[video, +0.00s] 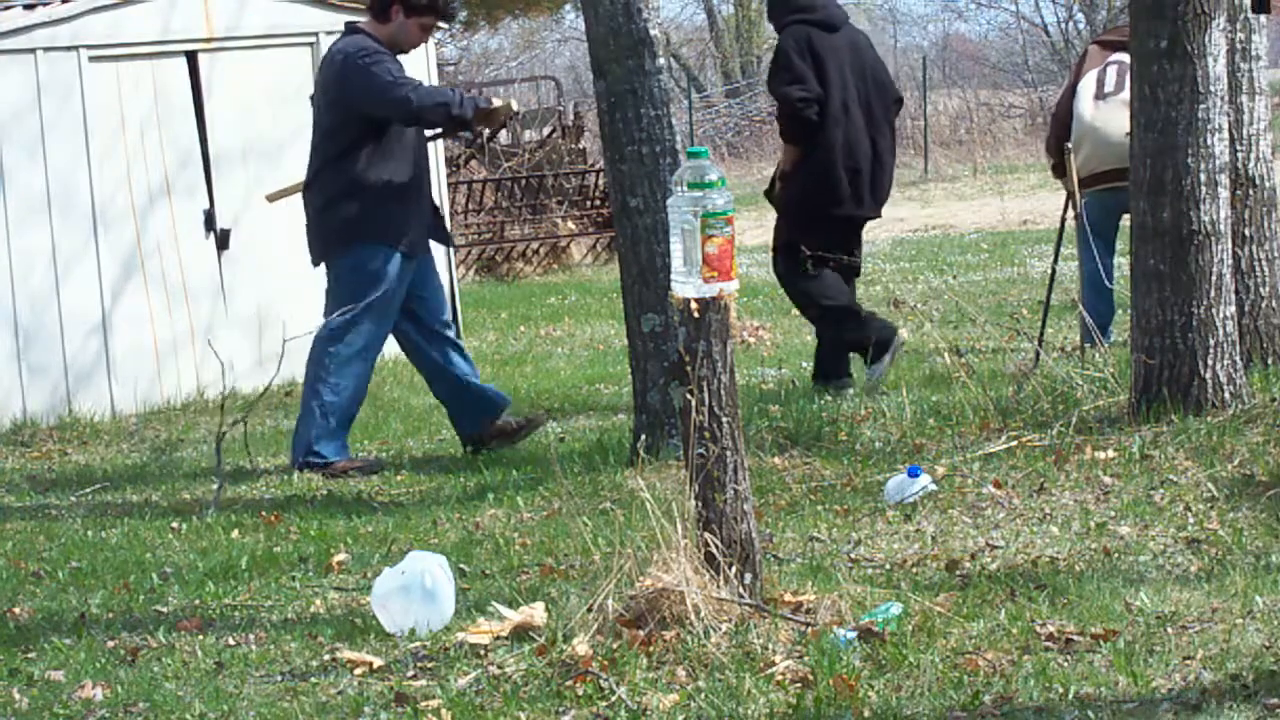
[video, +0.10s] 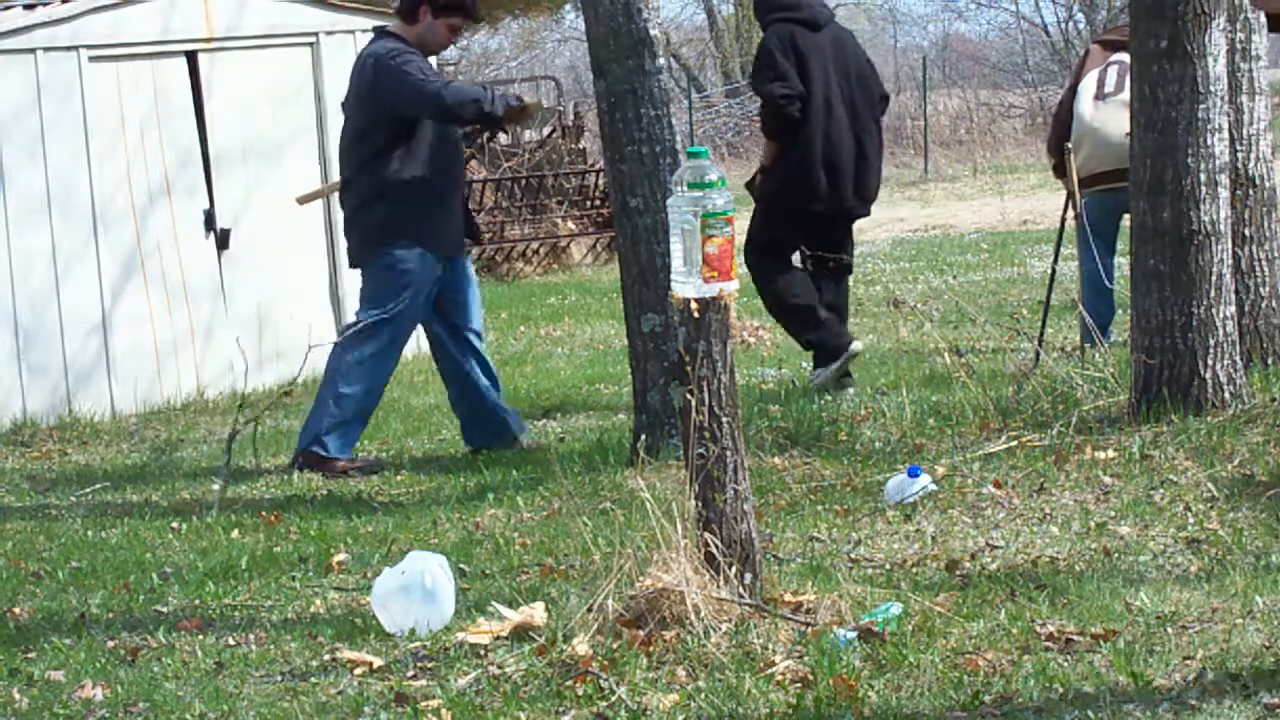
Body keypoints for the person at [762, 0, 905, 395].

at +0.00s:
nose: (770, 18)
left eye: (772, 11)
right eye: (770, 12)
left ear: (784, 8)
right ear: (823, 3)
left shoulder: (794, 40)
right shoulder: (857, 38)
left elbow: (800, 106)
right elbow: (890, 98)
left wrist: (788, 160)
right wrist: (867, 146)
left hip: (817, 176)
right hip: (863, 172)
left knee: (793, 264)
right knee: (840, 270)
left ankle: (875, 336)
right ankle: (831, 376)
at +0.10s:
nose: (757, 15)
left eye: (759, 10)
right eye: (758, 11)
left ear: (768, 8)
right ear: (811, 3)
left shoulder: (778, 38)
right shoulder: (842, 37)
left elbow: (783, 103)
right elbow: (877, 96)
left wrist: (769, 160)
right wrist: (849, 140)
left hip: (799, 174)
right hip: (848, 170)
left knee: (765, 254)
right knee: (832, 265)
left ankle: (830, 343)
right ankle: (833, 367)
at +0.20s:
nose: (741, 16)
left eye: (743, 11)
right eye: (742, 12)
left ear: (753, 8)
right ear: (798, 3)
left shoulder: (761, 40)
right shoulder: (829, 39)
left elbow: (766, 106)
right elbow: (863, 97)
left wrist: (753, 161)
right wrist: (833, 139)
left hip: (779, 178)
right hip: (832, 173)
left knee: (756, 264)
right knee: (824, 272)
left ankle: (780, 366)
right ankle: (833, 373)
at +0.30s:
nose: (725, 18)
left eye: (727, 13)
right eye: (726, 14)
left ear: (736, 11)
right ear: (781, 5)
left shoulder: (742, 45)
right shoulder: (815, 41)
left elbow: (749, 110)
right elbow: (848, 100)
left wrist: (741, 157)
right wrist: (814, 137)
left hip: (764, 185)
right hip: (816, 178)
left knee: (749, 285)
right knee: (816, 280)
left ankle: (735, 375)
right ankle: (831, 374)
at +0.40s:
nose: (707, 21)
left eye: (708, 14)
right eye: (707, 15)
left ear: (719, 13)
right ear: (761, 6)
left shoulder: (725, 48)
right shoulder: (797, 41)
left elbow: (732, 115)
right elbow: (831, 100)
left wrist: (726, 158)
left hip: (755, 186)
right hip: (807, 178)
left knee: (740, 286)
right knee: (809, 279)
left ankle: (708, 371)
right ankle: (832, 374)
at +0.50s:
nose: (686, 26)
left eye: (687, 19)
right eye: (687, 20)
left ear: (695, 18)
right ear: (738, 8)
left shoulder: (705, 55)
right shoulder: (774, 45)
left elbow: (713, 118)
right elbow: (813, 103)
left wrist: (708, 169)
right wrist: (777, 136)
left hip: (736, 191)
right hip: (788, 181)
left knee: (729, 292)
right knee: (797, 278)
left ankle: (710, 380)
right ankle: (830, 372)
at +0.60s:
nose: (658, 29)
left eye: (659, 21)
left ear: (668, 21)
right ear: (709, 10)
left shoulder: (678, 58)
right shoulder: (745, 44)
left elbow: (692, 120)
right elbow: (788, 99)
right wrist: (756, 137)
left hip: (709, 192)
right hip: (763, 180)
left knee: (705, 285)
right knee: (773, 273)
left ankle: (702, 381)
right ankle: (819, 360)